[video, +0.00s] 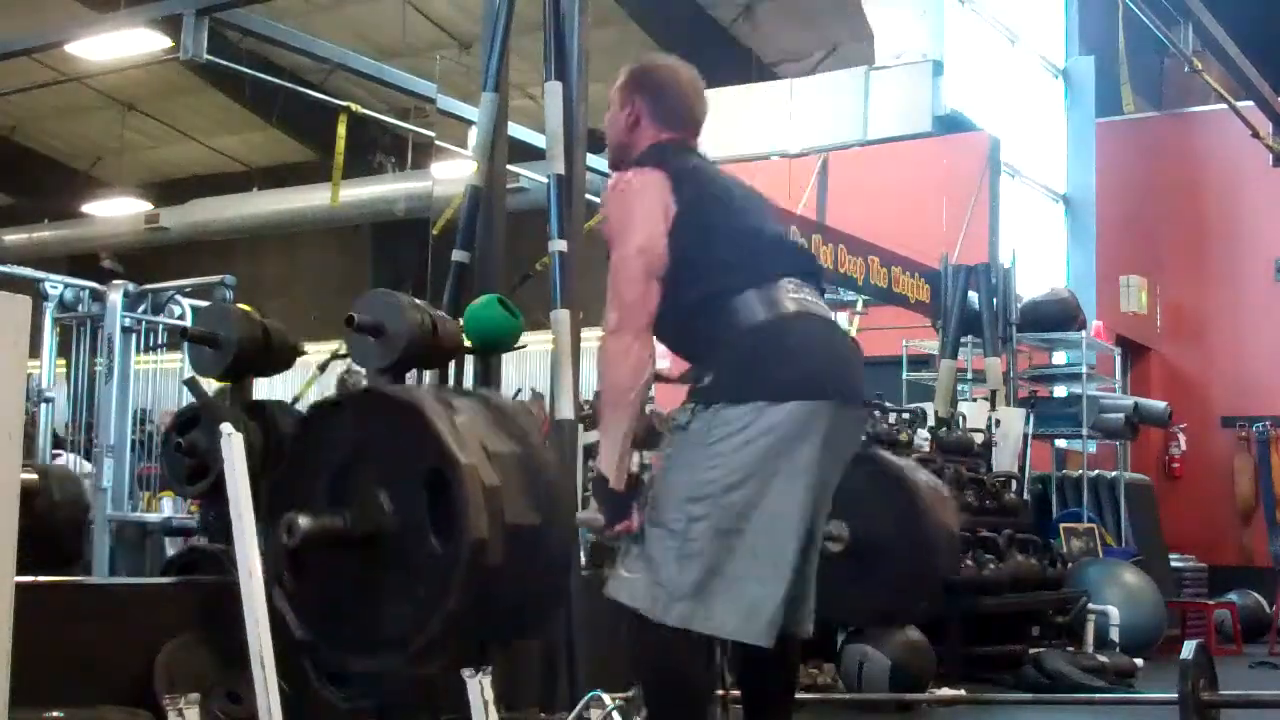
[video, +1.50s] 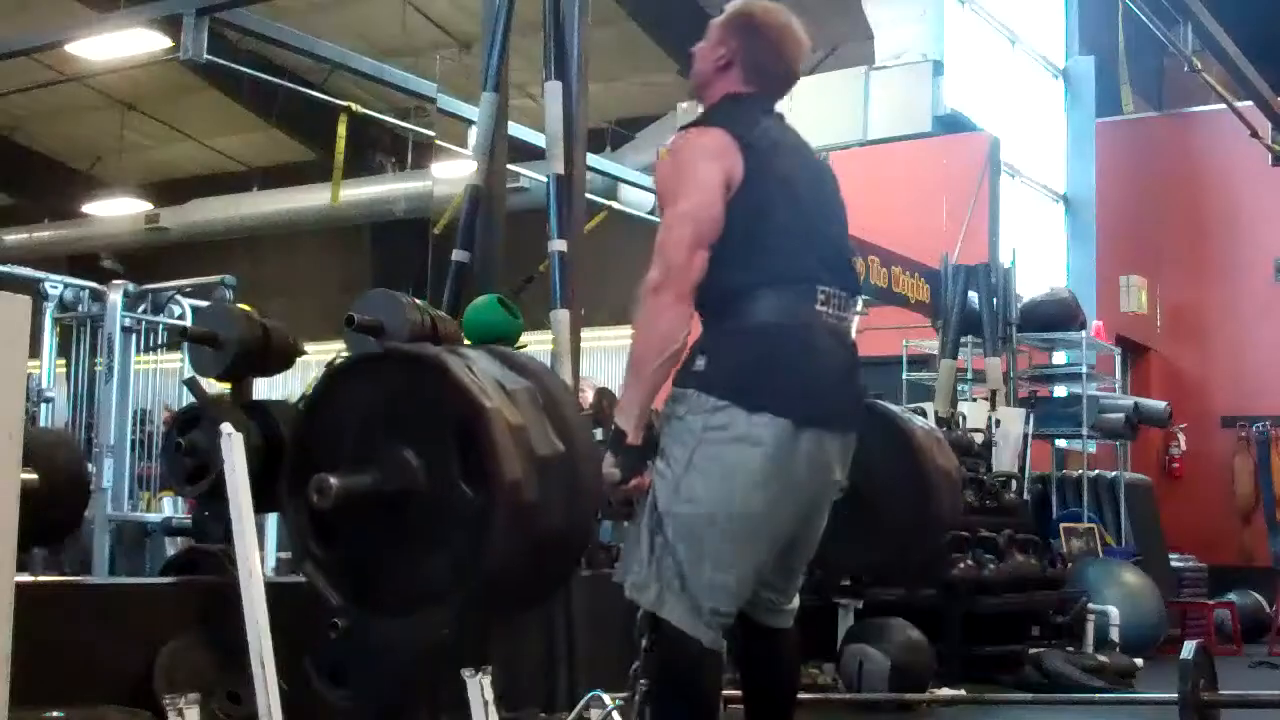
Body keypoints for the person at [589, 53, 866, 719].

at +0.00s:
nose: (605, 123)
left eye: (611, 109)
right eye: (608, 109)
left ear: (634, 113)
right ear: (689, 126)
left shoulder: (642, 181)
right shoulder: (720, 185)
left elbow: (628, 334)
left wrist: (610, 474)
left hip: (765, 376)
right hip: (841, 378)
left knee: (662, 599)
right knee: (771, 603)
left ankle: (681, 714)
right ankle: (766, 716)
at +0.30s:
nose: (560, 261)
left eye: (564, 248)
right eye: (561, 248)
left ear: (588, 254)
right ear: (640, 252)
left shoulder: (606, 310)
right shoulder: (685, 294)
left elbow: (606, 466)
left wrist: (593, 618)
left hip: (776, 419)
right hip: (866, 415)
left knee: (652, 613)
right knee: (772, 630)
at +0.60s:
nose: (550, 325)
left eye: (553, 309)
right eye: (550, 311)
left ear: (579, 303)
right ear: (632, 297)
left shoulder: (600, 355)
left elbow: (600, 506)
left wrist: (588, 665)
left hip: (784, 430)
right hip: (868, 432)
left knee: (645, 621)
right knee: (758, 645)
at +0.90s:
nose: (546, 273)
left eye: (547, 256)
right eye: (544, 258)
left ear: (571, 249)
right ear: (626, 244)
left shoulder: (600, 294)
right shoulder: (682, 276)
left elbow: (606, 444)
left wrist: (604, 601)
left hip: (776, 387)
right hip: (863, 387)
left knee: (678, 621)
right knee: (778, 626)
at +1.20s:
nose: (587, 162)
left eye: (592, 147)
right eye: (588, 148)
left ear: (619, 145)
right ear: (670, 150)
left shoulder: (636, 209)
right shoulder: (718, 198)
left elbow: (632, 351)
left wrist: (615, 506)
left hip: (774, 369)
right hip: (854, 372)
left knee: (699, 611)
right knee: (780, 623)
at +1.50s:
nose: (692, 50)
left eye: (706, 37)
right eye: (702, 37)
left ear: (728, 57)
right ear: (766, 74)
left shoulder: (705, 144)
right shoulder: (804, 158)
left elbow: (672, 284)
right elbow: (777, 303)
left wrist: (629, 428)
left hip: (746, 387)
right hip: (831, 399)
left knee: (685, 615)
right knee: (769, 611)